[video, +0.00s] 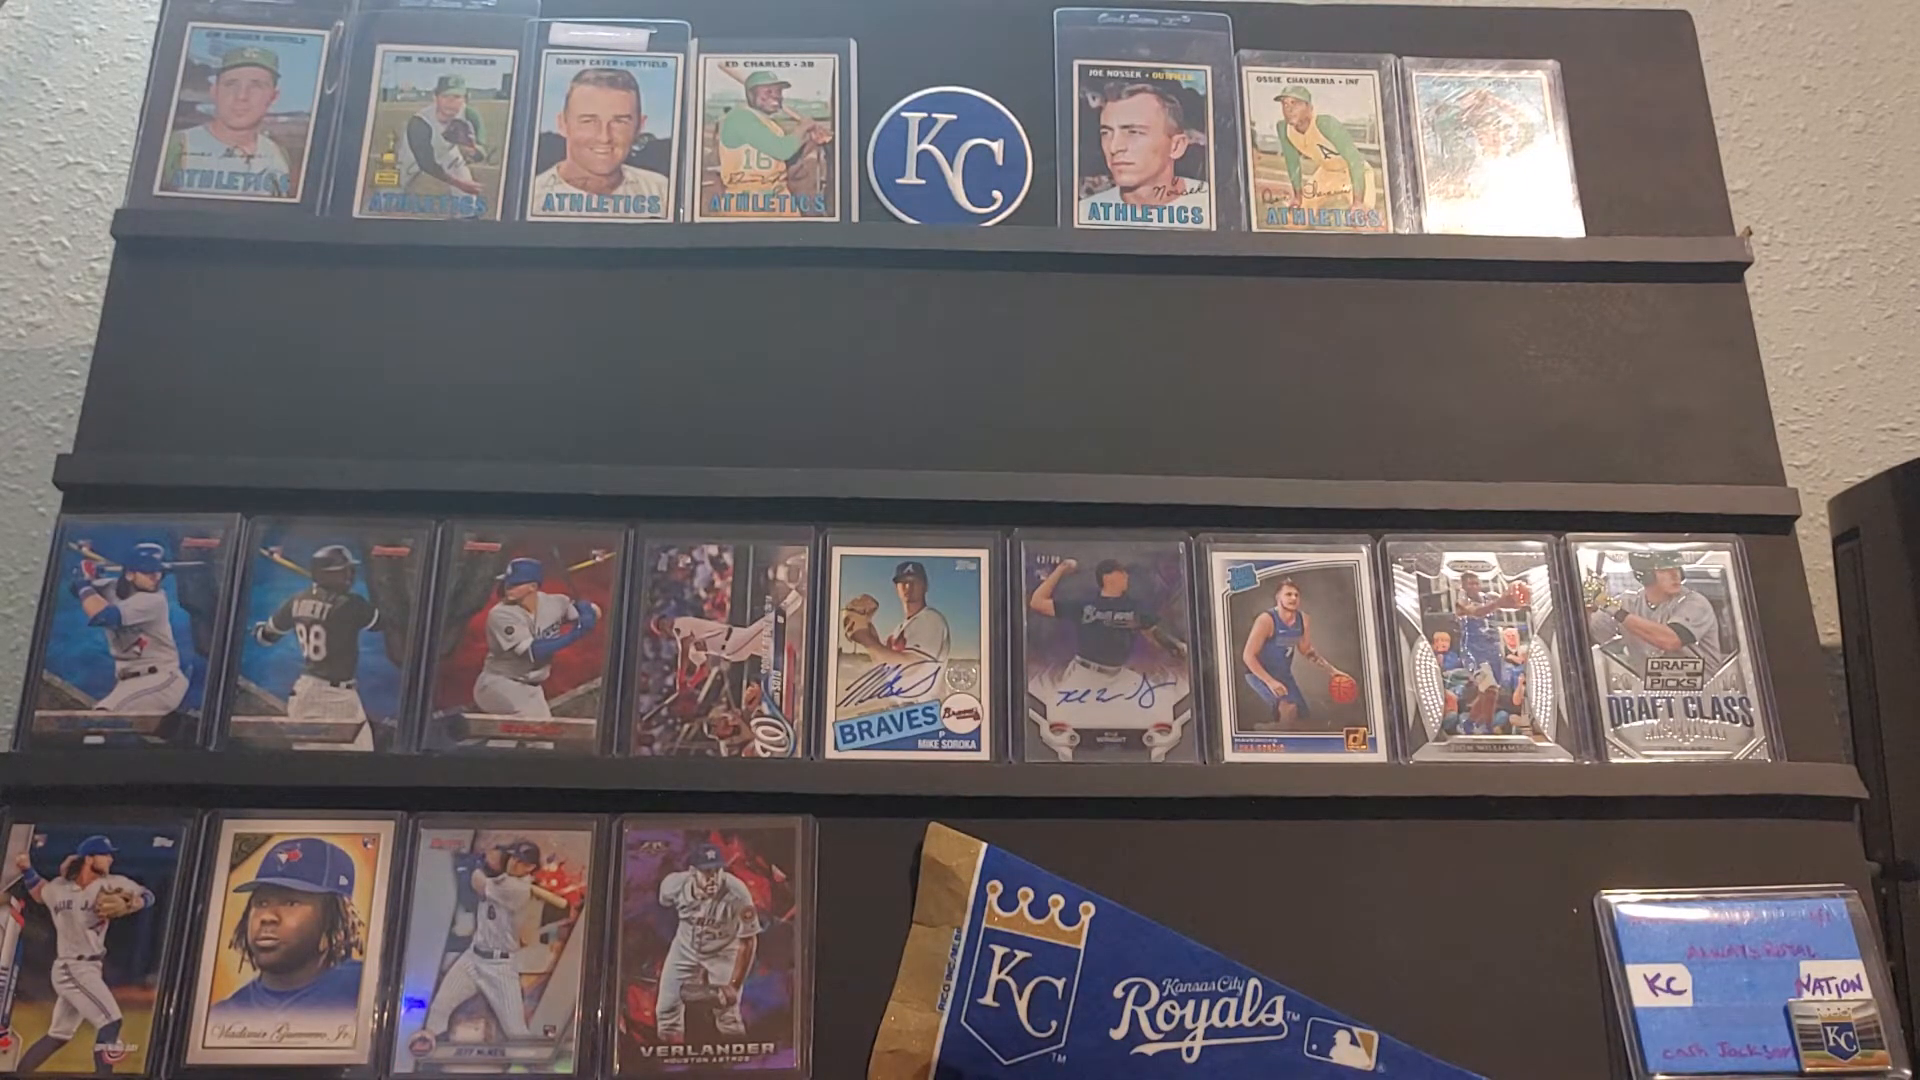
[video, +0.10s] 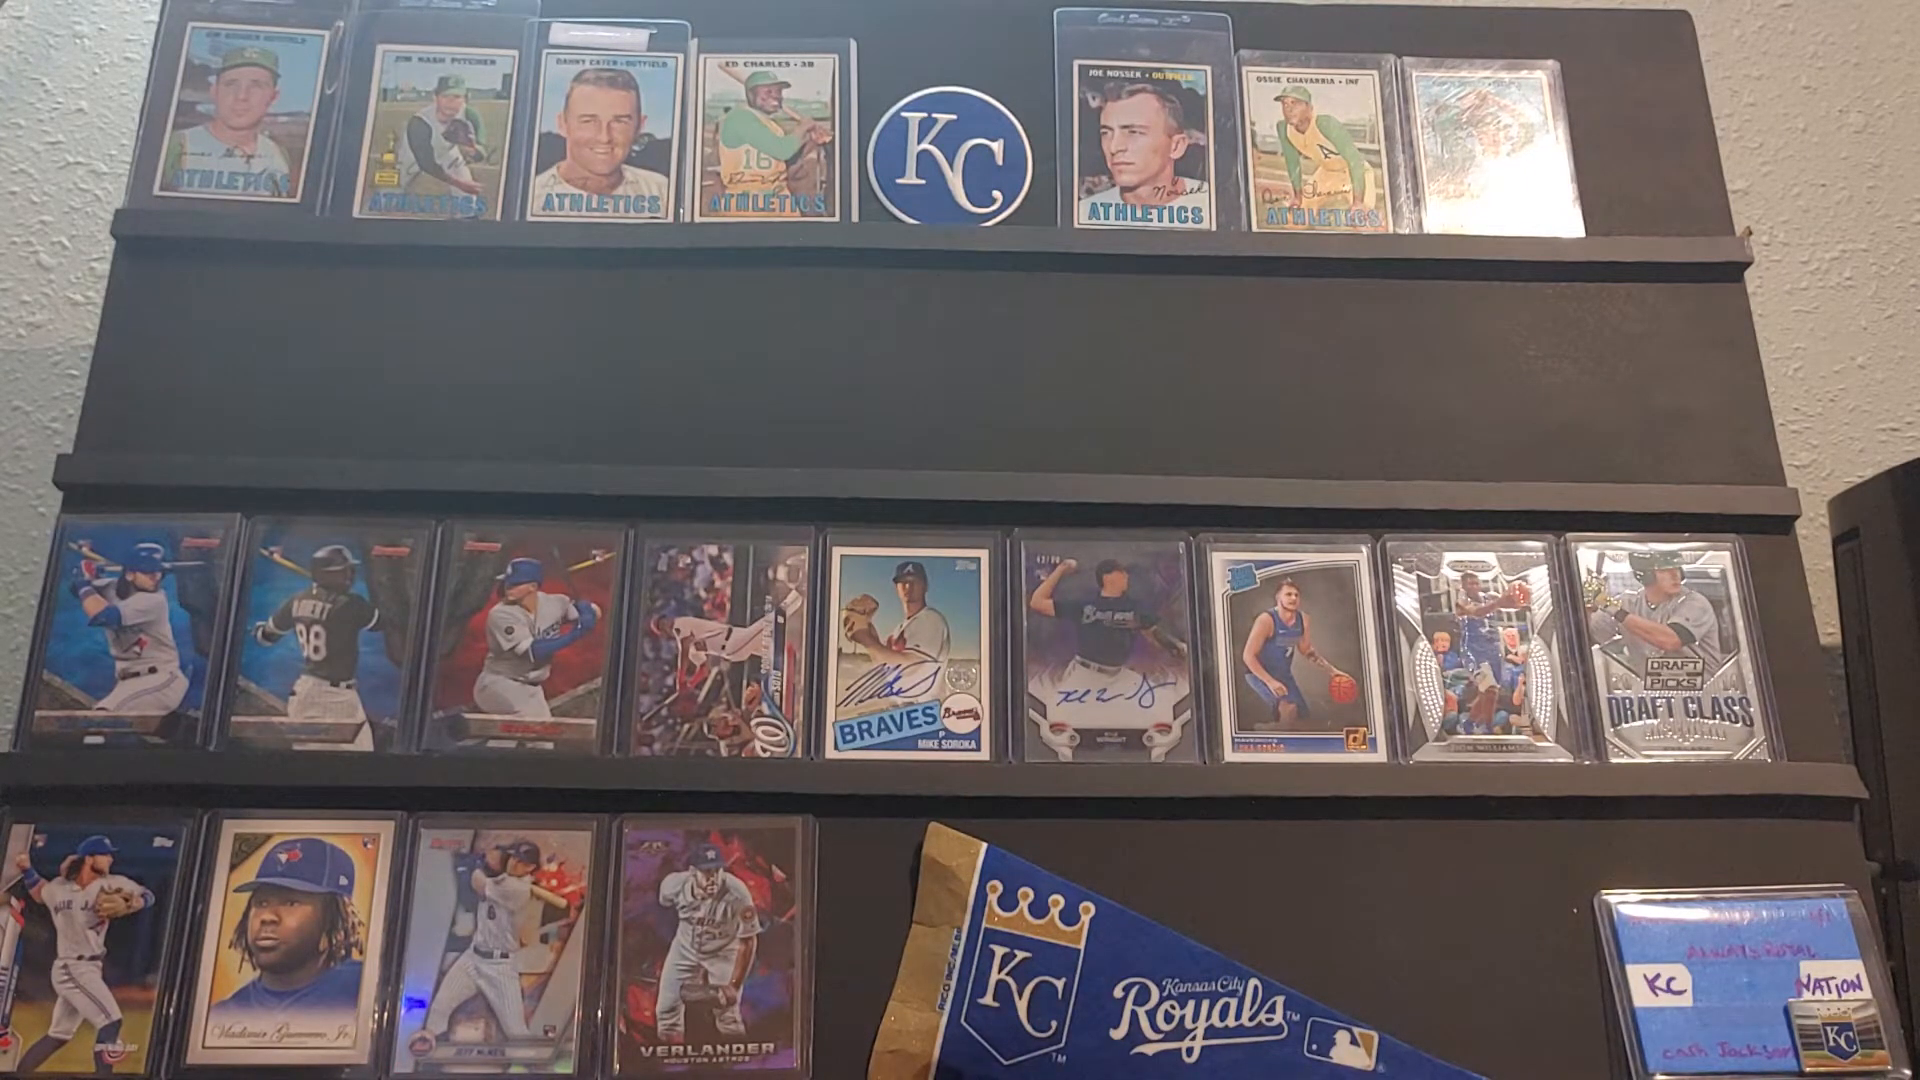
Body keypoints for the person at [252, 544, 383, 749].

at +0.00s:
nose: (352, 576)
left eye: (351, 570)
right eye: (348, 571)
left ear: (320, 574)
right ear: (337, 574)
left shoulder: (298, 601)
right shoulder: (351, 605)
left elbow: (267, 637)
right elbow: (385, 622)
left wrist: (260, 630)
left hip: (305, 693)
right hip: (341, 697)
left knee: (306, 764)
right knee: (359, 766)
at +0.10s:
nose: (352, 576)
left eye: (351, 570)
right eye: (349, 571)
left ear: (319, 574)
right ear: (338, 574)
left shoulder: (298, 601)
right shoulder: (351, 605)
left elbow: (267, 637)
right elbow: (385, 622)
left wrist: (259, 630)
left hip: (305, 692)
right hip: (341, 697)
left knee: (306, 764)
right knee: (359, 766)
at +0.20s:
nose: (352, 576)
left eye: (351, 570)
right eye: (348, 571)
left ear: (320, 574)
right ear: (337, 574)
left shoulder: (298, 601)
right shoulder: (351, 605)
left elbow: (267, 637)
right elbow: (385, 622)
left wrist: (260, 630)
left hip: (305, 692)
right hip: (341, 697)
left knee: (306, 764)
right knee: (359, 766)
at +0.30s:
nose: (352, 576)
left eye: (351, 570)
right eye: (348, 571)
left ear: (320, 574)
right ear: (336, 574)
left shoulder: (298, 601)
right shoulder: (351, 605)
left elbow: (267, 637)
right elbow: (385, 622)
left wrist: (260, 630)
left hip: (305, 692)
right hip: (341, 697)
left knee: (307, 764)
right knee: (359, 765)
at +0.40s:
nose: (352, 576)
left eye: (351, 570)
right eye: (348, 571)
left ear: (320, 574)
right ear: (336, 574)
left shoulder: (298, 601)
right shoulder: (351, 605)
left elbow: (267, 637)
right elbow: (385, 622)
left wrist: (260, 630)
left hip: (305, 692)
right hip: (341, 697)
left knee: (307, 764)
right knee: (359, 765)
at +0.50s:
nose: (352, 576)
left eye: (351, 570)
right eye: (348, 571)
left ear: (320, 574)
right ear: (336, 574)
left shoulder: (298, 601)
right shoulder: (351, 605)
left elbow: (267, 637)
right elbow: (384, 622)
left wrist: (260, 630)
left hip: (305, 692)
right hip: (341, 697)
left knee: (307, 764)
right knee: (359, 765)